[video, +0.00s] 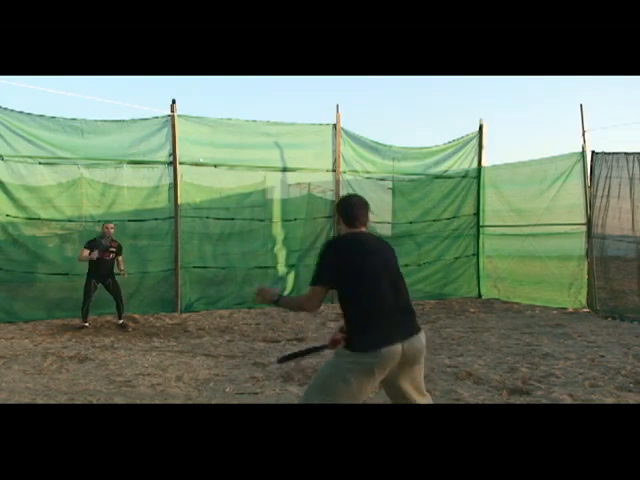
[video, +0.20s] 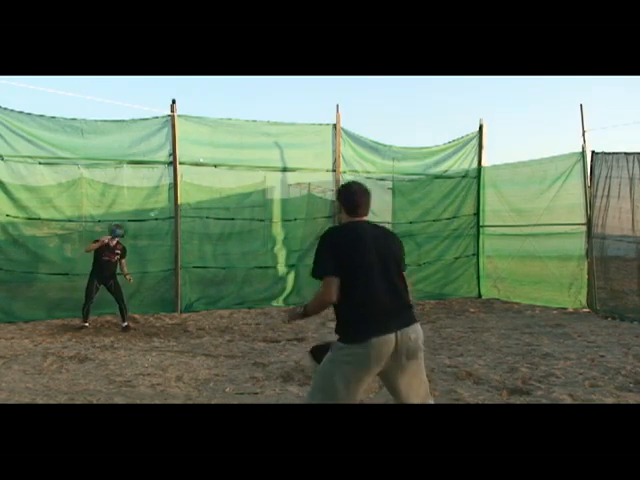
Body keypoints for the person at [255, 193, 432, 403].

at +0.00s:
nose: (335, 222)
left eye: (335, 218)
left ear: (338, 220)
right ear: (367, 220)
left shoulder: (336, 247)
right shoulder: (382, 245)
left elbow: (311, 303)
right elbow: (383, 297)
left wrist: (276, 298)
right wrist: (347, 331)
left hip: (371, 349)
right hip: (413, 340)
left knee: (315, 399)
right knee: (415, 397)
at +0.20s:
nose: (337, 208)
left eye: (338, 204)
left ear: (340, 207)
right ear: (368, 207)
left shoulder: (333, 237)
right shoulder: (389, 236)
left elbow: (329, 295)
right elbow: (403, 286)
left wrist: (303, 312)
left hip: (364, 341)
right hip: (409, 334)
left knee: (321, 400)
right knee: (420, 399)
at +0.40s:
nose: (357, 203)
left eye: (358, 199)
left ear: (361, 201)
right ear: (388, 202)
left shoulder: (349, 232)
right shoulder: (410, 231)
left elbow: (345, 290)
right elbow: (426, 287)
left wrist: (324, 306)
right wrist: (400, 303)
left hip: (369, 336)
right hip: (415, 333)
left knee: (332, 399)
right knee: (422, 398)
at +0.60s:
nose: (359, 198)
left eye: (360, 195)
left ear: (362, 197)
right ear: (390, 199)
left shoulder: (346, 229)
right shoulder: (409, 230)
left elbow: (324, 281)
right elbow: (426, 286)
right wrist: (405, 298)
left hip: (359, 334)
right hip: (406, 332)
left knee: (328, 399)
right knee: (421, 399)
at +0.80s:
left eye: (350, 184)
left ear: (349, 187)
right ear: (378, 189)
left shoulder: (330, 218)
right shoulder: (393, 223)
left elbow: (303, 256)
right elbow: (421, 278)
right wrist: (396, 280)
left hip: (337, 325)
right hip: (385, 323)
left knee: (322, 396)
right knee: (402, 397)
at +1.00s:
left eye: (349, 187)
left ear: (348, 192)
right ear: (378, 194)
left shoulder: (328, 224)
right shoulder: (392, 227)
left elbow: (299, 259)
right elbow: (431, 263)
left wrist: (290, 251)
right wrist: (416, 229)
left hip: (337, 333)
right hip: (384, 331)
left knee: (320, 398)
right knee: (390, 398)